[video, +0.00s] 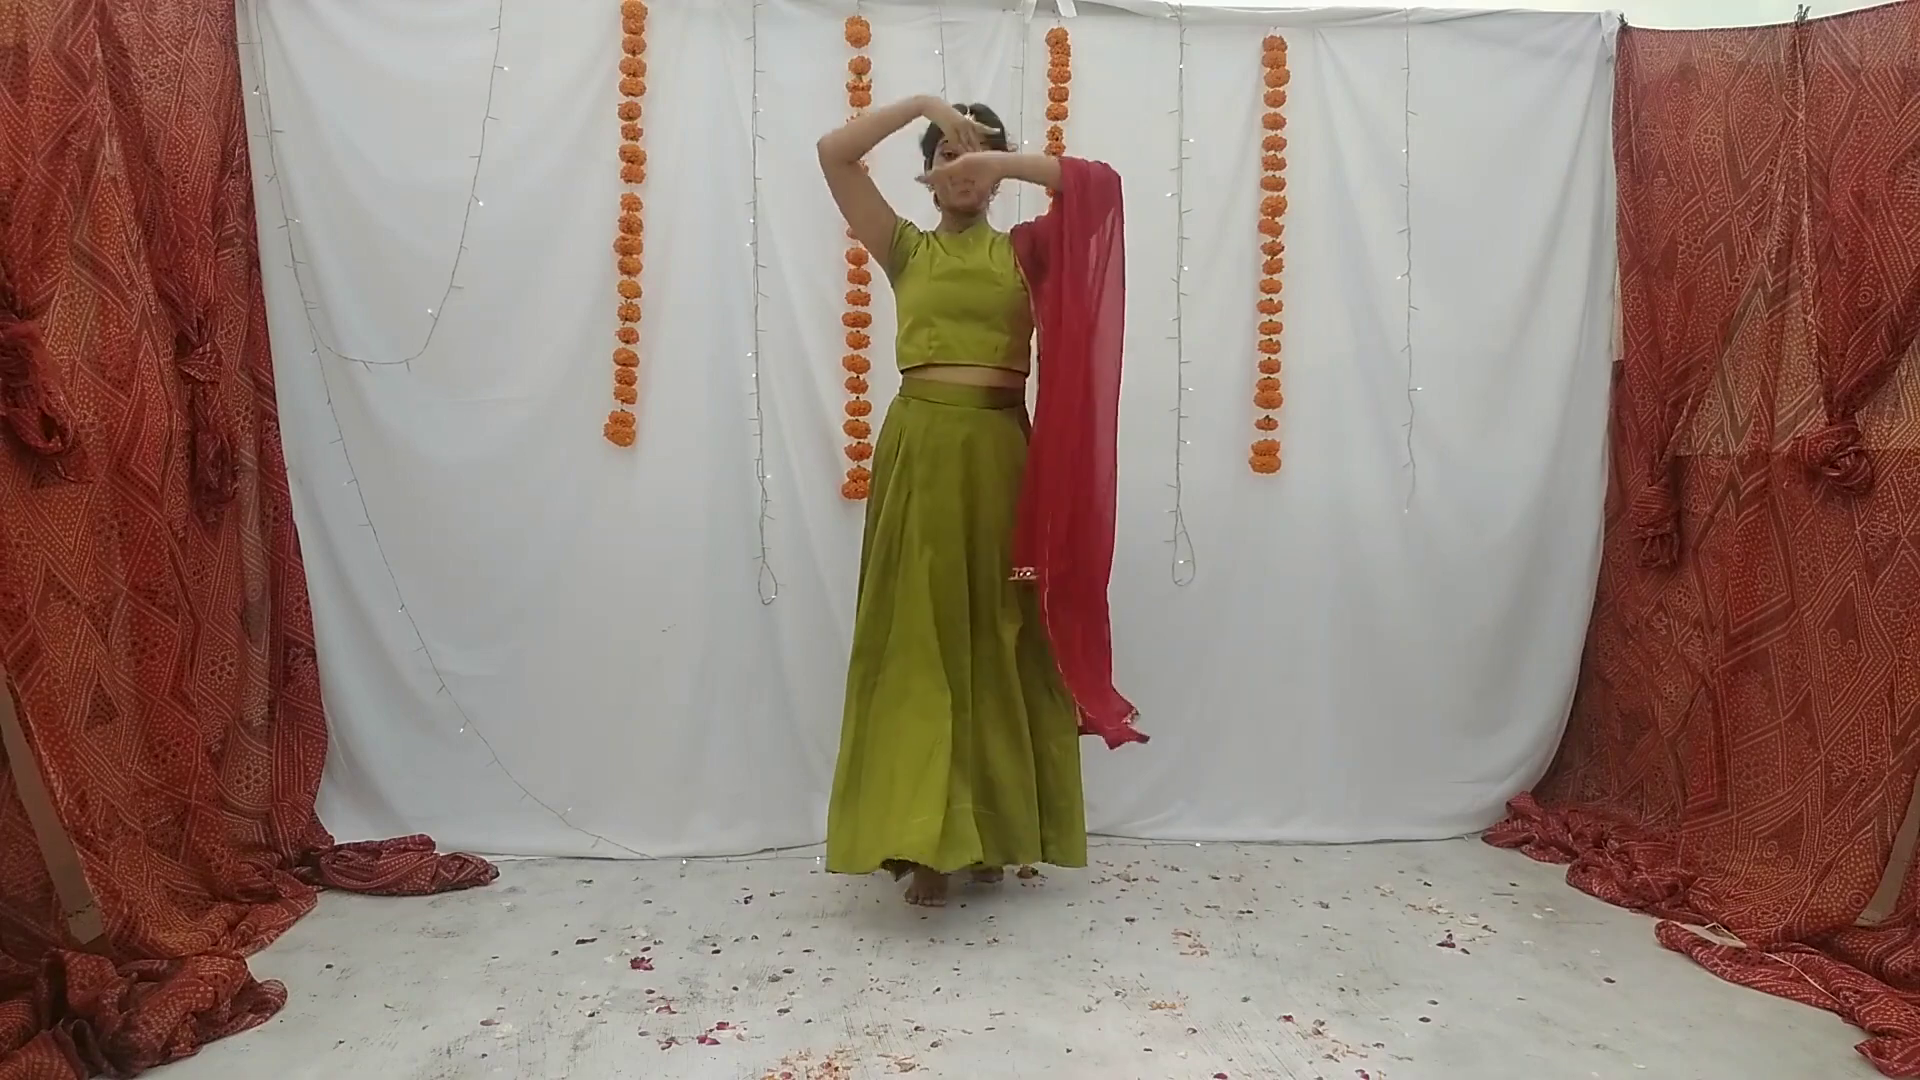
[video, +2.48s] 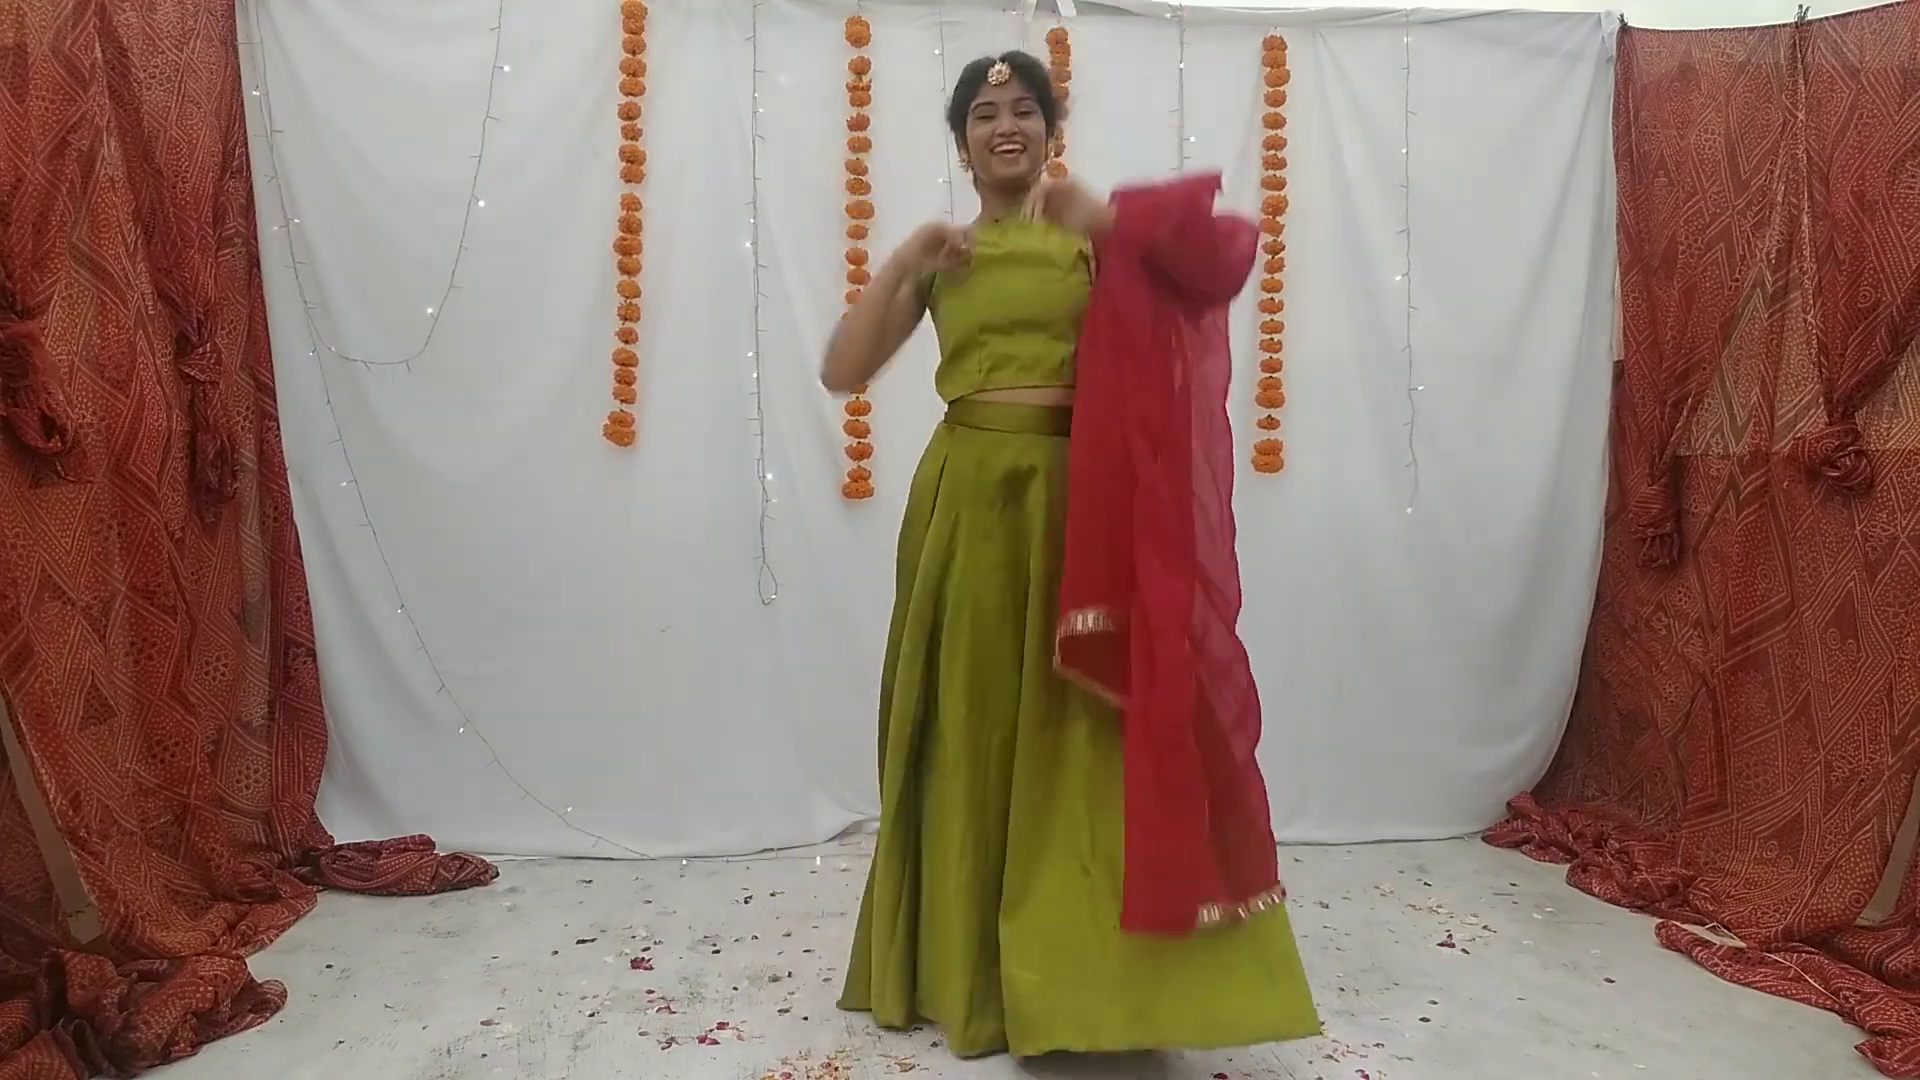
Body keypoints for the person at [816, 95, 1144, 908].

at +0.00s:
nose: (961, 165)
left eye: (976, 156)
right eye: (948, 155)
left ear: (998, 175)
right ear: (927, 170)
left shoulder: (1025, 250)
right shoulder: (906, 246)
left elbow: (1098, 187)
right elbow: (834, 153)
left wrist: (995, 158)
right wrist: (917, 102)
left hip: (998, 447)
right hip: (918, 442)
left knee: (995, 636)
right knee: (919, 636)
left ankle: (993, 825)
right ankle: (923, 836)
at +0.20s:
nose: (956, 190)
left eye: (971, 183)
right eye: (943, 183)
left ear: (995, 206)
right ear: (926, 207)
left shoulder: (1021, 283)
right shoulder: (908, 280)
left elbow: (1087, 225)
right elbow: (845, 184)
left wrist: (988, 215)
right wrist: (928, 130)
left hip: (997, 481)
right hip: (917, 477)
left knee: (1002, 663)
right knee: (915, 665)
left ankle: (1003, 855)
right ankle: (913, 865)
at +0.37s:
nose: (965, 241)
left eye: (981, 229)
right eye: (951, 230)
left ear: (1003, 242)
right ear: (934, 241)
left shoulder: (1012, 326)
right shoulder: (898, 313)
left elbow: (1075, 317)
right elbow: (816, 283)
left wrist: (972, 317)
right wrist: (921, 272)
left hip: (979, 510)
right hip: (897, 508)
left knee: (980, 684)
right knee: (887, 688)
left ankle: (1021, 846)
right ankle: (903, 866)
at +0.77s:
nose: (969, 211)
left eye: (984, 197)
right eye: (953, 195)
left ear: (1003, 204)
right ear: (932, 201)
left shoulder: (1023, 283)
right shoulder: (902, 280)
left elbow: (1094, 211)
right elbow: (817, 300)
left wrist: (1005, 174)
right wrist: (923, 309)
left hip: (989, 487)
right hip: (905, 487)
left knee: (988, 673)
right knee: (910, 673)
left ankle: (983, 882)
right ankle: (916, 867)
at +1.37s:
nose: (976, 198)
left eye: (989, 184)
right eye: (961, 185)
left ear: (1013, 192)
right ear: (944, 191)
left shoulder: (1043, 270)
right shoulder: (919, 268)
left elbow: (1126, 262)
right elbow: (853, 179)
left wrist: (998, 239)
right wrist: (957, 169)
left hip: (1025, 493)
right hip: (932, 490)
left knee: (1014, 692)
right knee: (917, 680)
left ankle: (1010, 880)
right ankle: (917, 904)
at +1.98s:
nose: (1019, 174)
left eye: (1037, 160)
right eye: (1001, 158)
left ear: (1059, 176)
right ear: (975, 171)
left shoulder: (1089, 264)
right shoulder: (948, 271)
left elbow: (1163, 158)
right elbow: (841, 256)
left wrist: (1054, 119)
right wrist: (956, 265)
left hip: (1060, 496)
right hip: (959, 491)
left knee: (1066, 715)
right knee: (950, 713)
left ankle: (1083, 932)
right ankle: (933, 938)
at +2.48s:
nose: (1006, 127)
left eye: (1022, 112)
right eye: (987, 114)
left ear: (1052, 130)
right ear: (960, 139)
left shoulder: (1096, 234)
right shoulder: (941, 252)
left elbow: (1193, 309)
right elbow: (845, 369)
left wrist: (1108, 223)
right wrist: (904, 265)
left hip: (1086, 495)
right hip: (972, 492)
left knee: (1085, 732)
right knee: (969, 730)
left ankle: (1086, 984)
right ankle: (965, 975)